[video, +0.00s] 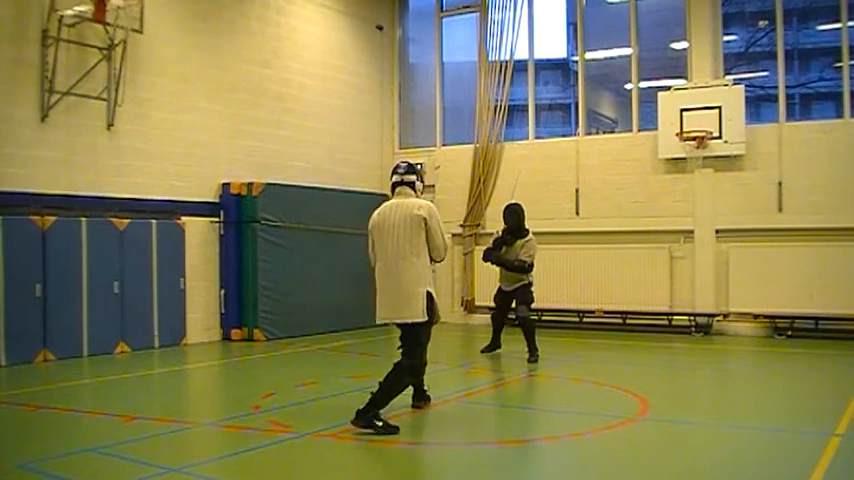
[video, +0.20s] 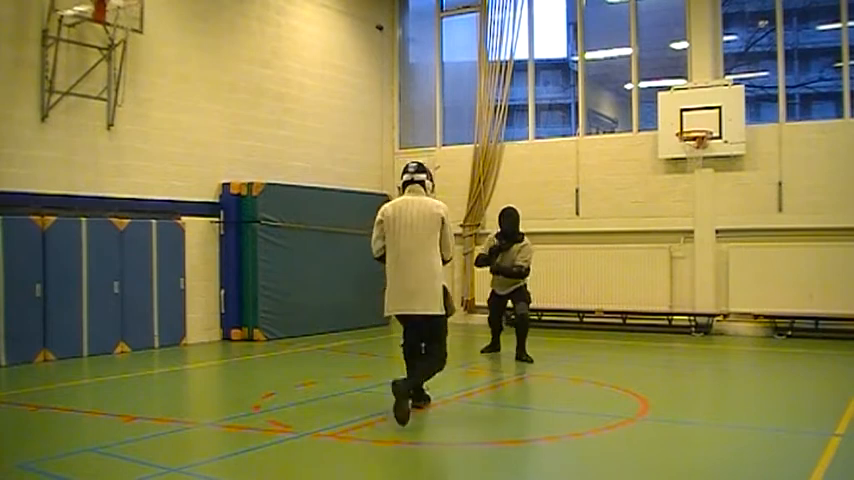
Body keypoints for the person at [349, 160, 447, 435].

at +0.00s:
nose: (422, 187)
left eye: (420, 183)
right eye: (421, 183)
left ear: (392, 185)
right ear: (416, 184)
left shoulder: (377, 215)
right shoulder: (424, 208)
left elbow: (373, 257)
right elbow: (439, 253)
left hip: (388, 295)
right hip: (417, 293)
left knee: (418, 340)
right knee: (413, 359)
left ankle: (419, 392)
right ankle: (368, 412)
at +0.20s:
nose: (429, 186)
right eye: (429, 181)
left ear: (402, 183)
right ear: (427, 183)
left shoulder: (387, 209)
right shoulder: (438, 208)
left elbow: (377, 250)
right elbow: (447, 254)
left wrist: (401, 258)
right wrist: (425, 258)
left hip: (399, 294)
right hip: (430, 294)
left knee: (411, 341)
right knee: (438, 355)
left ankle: (418, 392)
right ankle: (406, 386)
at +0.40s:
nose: (437, 186)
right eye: (437, 181)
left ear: (412, 182)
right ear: (437, 182)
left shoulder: (399, 204)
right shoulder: (450, 208)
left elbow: (388, 243)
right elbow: (453, 246)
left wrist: (411, 261)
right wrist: (434, 261)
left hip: (411, 283)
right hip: (445, 282)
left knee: (408, 335)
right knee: (459, 335)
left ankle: (418, 392)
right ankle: (448, 390)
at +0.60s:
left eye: (428, 179)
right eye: (446, 181)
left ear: (426, 181)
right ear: (451, 182)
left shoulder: (415, 203)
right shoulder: (463, 207)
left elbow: (410, 249)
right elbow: (466, 247)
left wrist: (421, 278)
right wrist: (459, 274)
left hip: (429, 279)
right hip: (462, 279)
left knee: (398, 328)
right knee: (462, 331)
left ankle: (409, 389)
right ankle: (471, 391)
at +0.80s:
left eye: (434, 178)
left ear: (433, 180)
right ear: (457, 180)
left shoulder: (422, 204)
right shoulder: (470, 208)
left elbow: (418, 248)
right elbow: (473, 243)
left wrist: (433, 272)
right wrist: (454, 264)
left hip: (434, 279)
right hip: (466, 280)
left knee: (396, 331)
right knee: (461, 331)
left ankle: (397, 387)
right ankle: (471, 391)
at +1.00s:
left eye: (432, 178)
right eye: (451, 180)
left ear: (428, 181)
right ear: (453, 182)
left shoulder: (417, 205)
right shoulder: (465, 211)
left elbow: (411, 249)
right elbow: (467, 249)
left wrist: (425, 275)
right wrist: (450, 272)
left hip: (426, 283)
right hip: (459, 284)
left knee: (399, 342)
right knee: (461, 335)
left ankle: (395, 402)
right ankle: (471, 391)